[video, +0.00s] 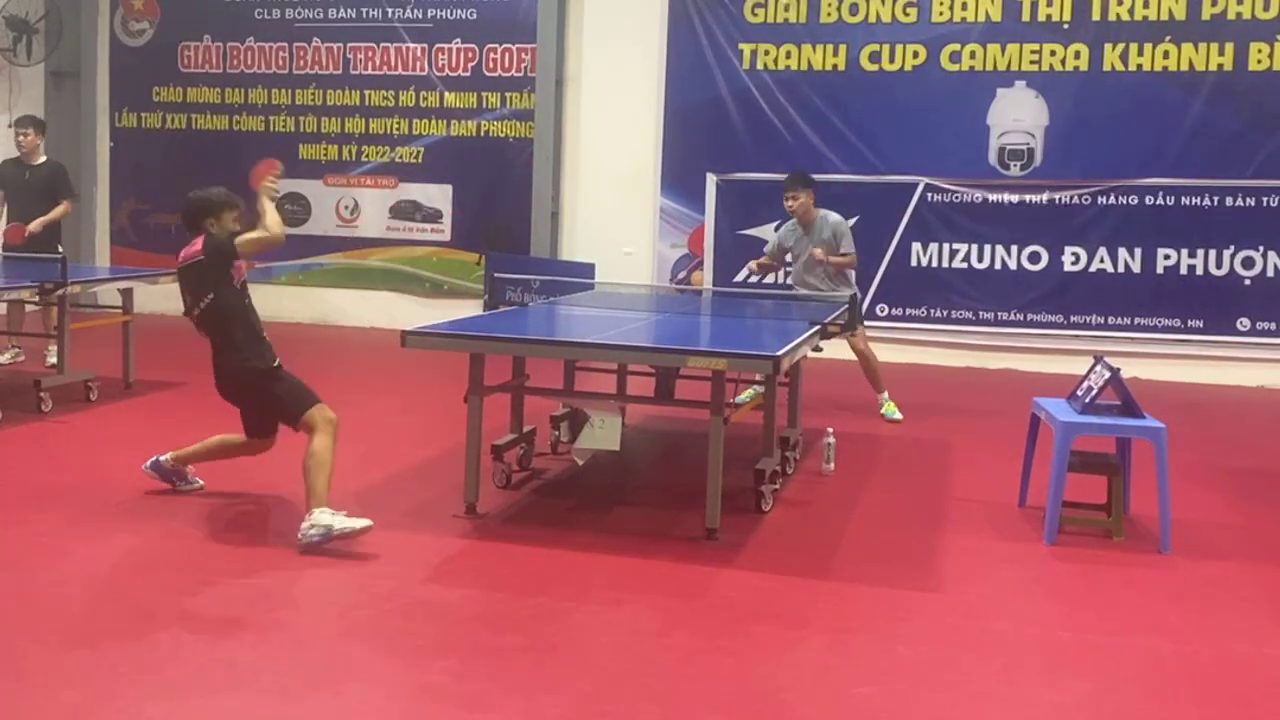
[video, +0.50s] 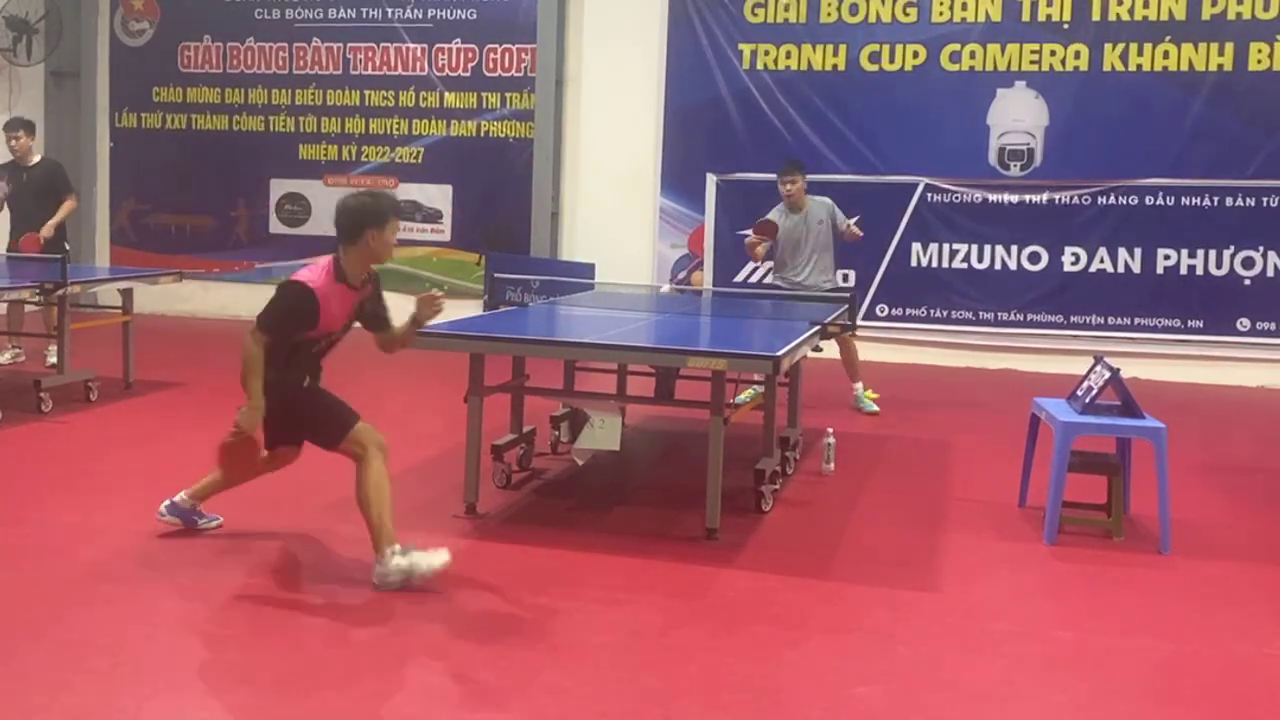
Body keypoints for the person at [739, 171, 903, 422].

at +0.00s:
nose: (789, 205)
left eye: (795, 198)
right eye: (786, 199)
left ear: (811, 197)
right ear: (784, 201)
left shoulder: (835, 223)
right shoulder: (787, 231)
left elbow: (851, 261)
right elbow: (773, 261)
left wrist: (827, 259)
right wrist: (760, 265)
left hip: (840, 300)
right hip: (802, 300)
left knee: (860, 346)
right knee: (772, 335)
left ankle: (884, 399)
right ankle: (761, 386)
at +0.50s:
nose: (787, 189)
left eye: (792, 183)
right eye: (783, 184)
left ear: (804, 183)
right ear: (779, 187)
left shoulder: (825, 206)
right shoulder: (775, 215)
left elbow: (845, 232)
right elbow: (760, 254)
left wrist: (852, 233)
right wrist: (753, 248)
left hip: (824, 290)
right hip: (786, 290)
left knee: (845, 337)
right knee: (770, 336)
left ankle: (859, 392)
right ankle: (763, 386)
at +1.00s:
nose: (768, 212)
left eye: (772, 207)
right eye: (764, 208)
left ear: (786, 206)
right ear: (761, 209)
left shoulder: (808, 227)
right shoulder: (759, 234)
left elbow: (824, 256)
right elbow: (742, 260)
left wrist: (827, 266)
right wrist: (732, 262)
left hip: (806, 295)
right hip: (770, 295)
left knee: (828, 334)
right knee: (736, 326)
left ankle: (838, 388)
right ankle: (722, 380)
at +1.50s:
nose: (721, 169)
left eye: (726, 164)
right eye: (718, 166)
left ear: (738, 166)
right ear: (715, 171)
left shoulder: (761, 185)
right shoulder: (713, 202)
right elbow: (707, 239)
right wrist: (697, 270)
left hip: (762, 264)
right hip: (729, 265)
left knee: (766, 315)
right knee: (711, 306)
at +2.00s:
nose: (777, 214)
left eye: (781, 209)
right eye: (773, 209)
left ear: (790, 210)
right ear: (767, 210)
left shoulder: (801, 229)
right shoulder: (756, 237)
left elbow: (809, 248)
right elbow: (746, 267)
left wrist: (815, 266)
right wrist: (765, 284)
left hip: (793, 291)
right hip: (763, 293)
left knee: (820, 317)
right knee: (759, 328)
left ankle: (818, 364)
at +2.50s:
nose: (845, 185)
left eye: (850, 180)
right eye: (841, 181)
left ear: (859, 183)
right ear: (835, 185)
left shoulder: (874, 205)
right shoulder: (828, 213)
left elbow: (895, 216)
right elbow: (812, 239)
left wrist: (917, 231)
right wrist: (807, 236)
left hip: (868, 274)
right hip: (834, 275)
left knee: (879, 317)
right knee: (811, 316)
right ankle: (804, 360)